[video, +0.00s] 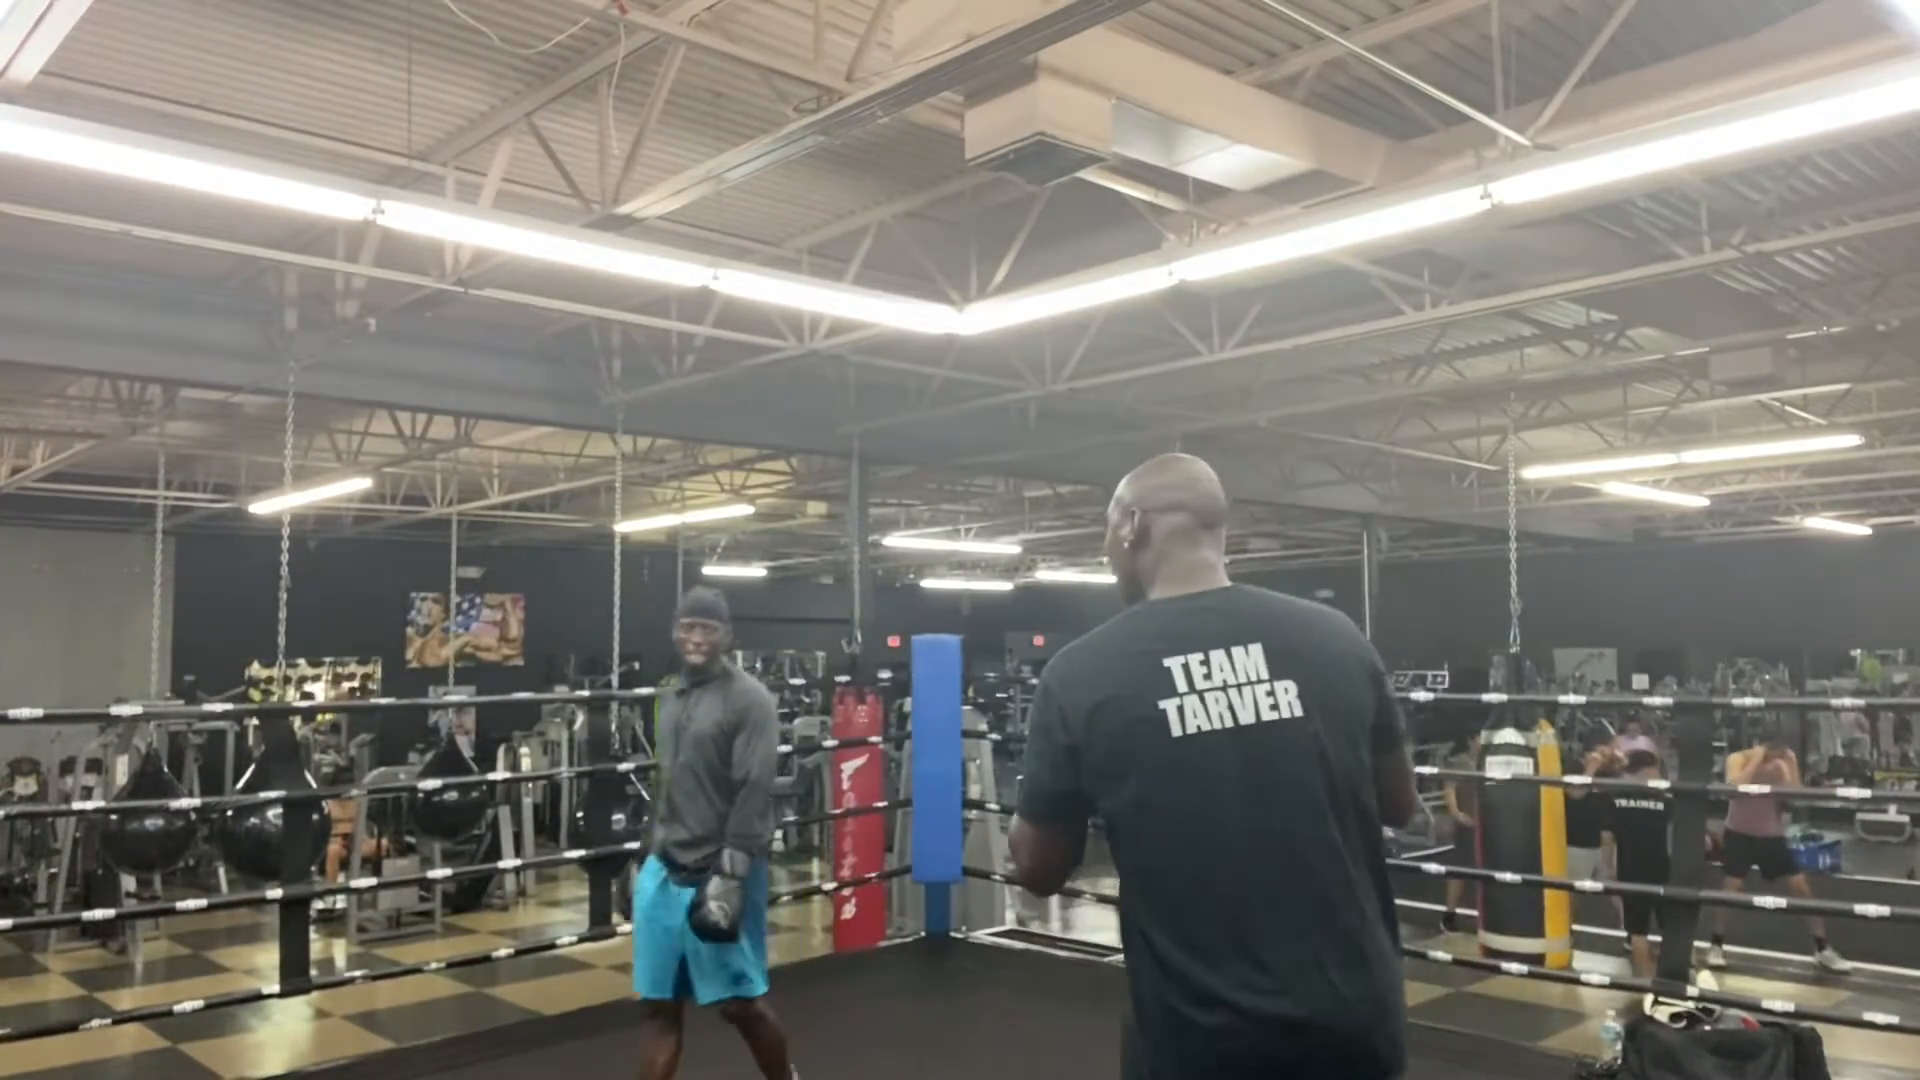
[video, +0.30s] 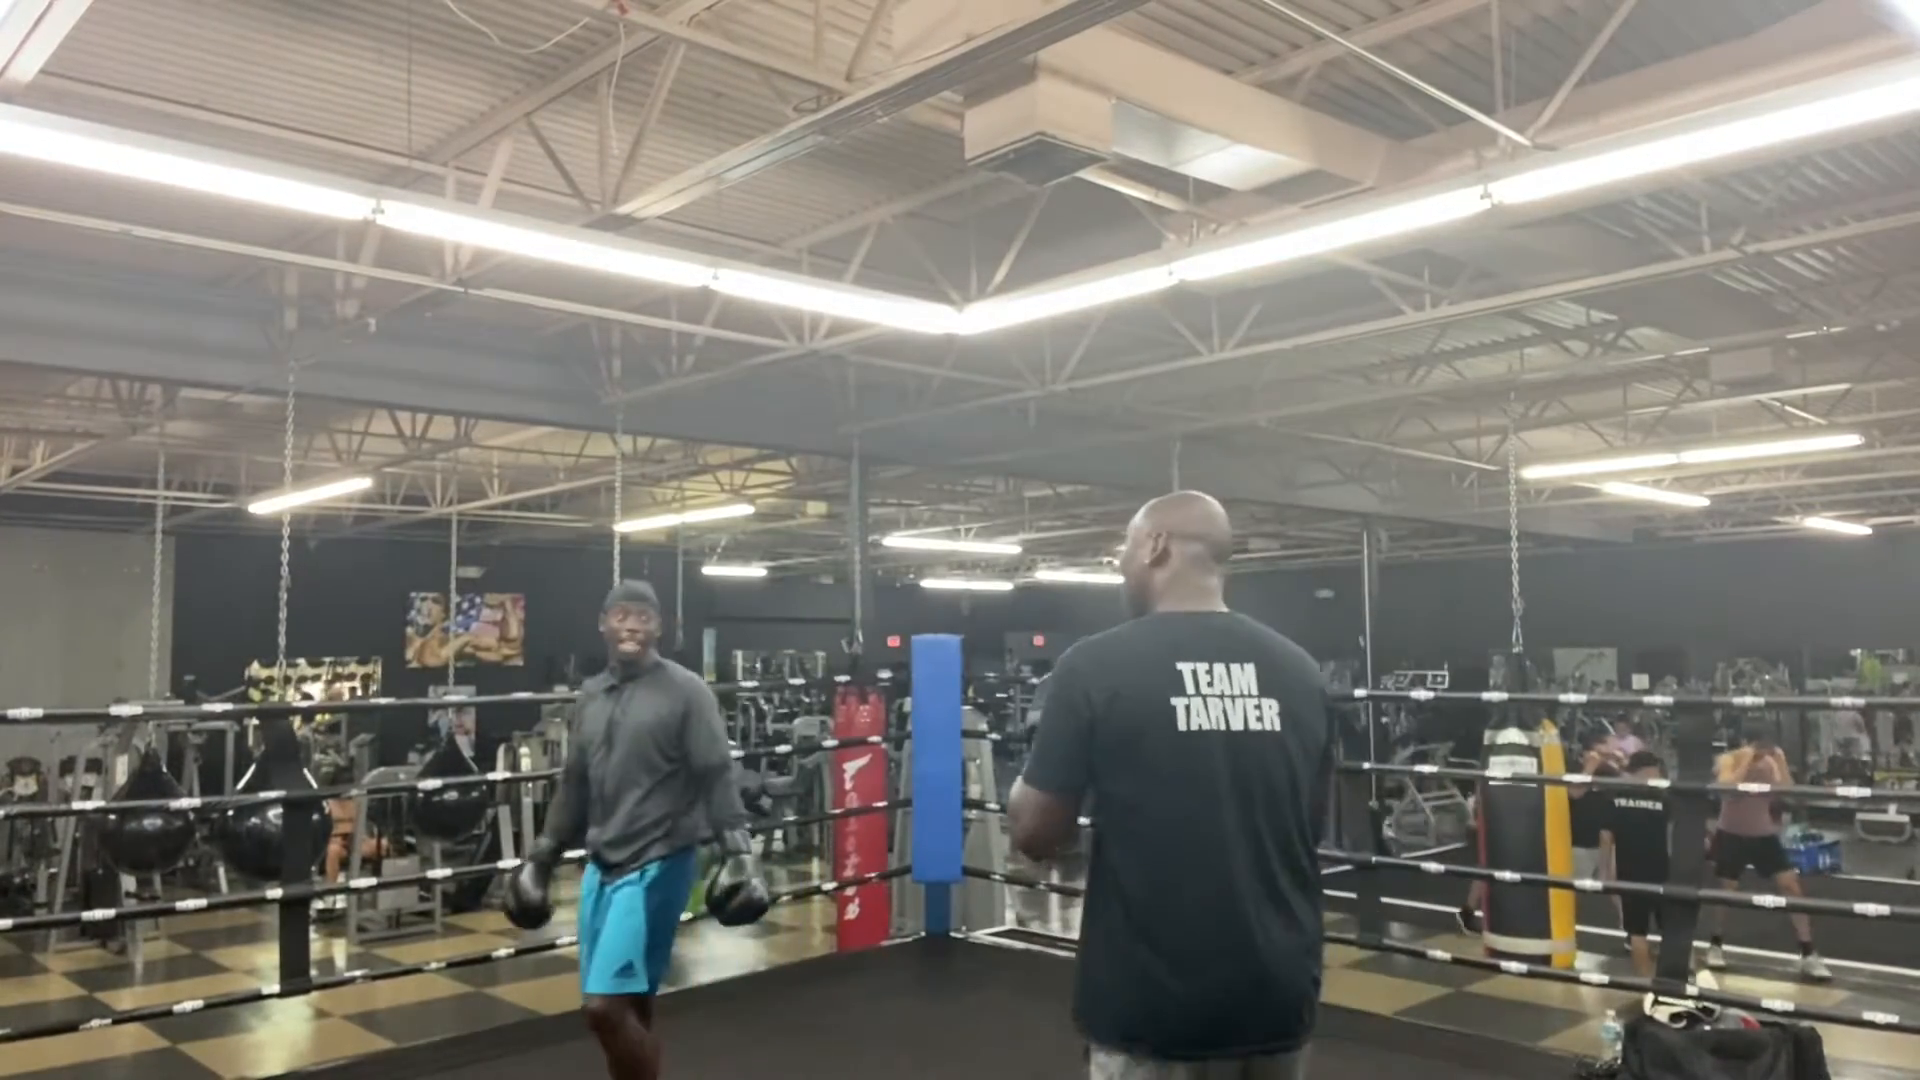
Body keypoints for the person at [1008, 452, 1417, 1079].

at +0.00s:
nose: (1107, 548)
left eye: (1109, 528)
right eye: (1107, 530)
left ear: (1133, 528)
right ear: (1220, 529)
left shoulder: (1079, 675)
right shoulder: (1336, 636)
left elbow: (1040, 870)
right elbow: (1399, 801)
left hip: (1192, 1028)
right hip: (1354, 1014)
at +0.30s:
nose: (1121, 564)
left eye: (1127, 548)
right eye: (1122, 550)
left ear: (1156, 548)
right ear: (1221, 558)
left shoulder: (1094, 666)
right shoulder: (1300, 669)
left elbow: (1035, 830)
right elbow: (1312, 816)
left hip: (1147, 999)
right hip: (1278, 994)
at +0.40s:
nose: (1115, 562)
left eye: (1120, 545)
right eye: (1115, 548)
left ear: (1149, 541)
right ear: (1214, 552)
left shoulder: (1095, 655)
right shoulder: (1285, 660)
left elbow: (1032, 816)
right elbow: (1293, 802)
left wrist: (1032, 747)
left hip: (1140, 985)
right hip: (1266, 983)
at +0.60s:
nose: (1081, 558)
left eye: (1086, 542)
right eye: (1082, 544)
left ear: (1119, 542)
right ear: (1173, 546)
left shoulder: (1083, 644)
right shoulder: (1248, 643)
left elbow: (1032, 796)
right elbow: (1250, 786)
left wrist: (1016, 731)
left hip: (1116, 966)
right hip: (1243, 959)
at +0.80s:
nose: (1023, 584)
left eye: (1030, 567)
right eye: (1024, 569)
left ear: (1063, 569)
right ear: (1108, 570)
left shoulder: (1034, 674)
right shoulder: (1178, 655)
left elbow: (1000, 816)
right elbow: (1171, 778)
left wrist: (983, 795)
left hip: (1085, 954)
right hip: (1191, 941)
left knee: (1073, 1069)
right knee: (1204, 1072)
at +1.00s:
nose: (984, 608)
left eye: (982, 590)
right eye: (981, 592)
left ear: (1004, 576)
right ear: (1055, 566)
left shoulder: (989, 660)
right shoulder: (1134, 635)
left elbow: (896, 765)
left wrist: (861, 766)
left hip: (1036, 918)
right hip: (1133, 909)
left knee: (1021, 1068)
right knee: (1127, 1066)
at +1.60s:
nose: (916, 586)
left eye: (924, 573)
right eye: (918, 575)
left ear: (961, 574)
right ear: (977, 576)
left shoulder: (946, 649)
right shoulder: (1042, 647)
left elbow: (919, 757)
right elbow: (1011, 746)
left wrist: (871, 738)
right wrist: (906, 738)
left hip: (962, 871)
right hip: (1041, 864)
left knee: (930, 1033)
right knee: (1030, 1040)